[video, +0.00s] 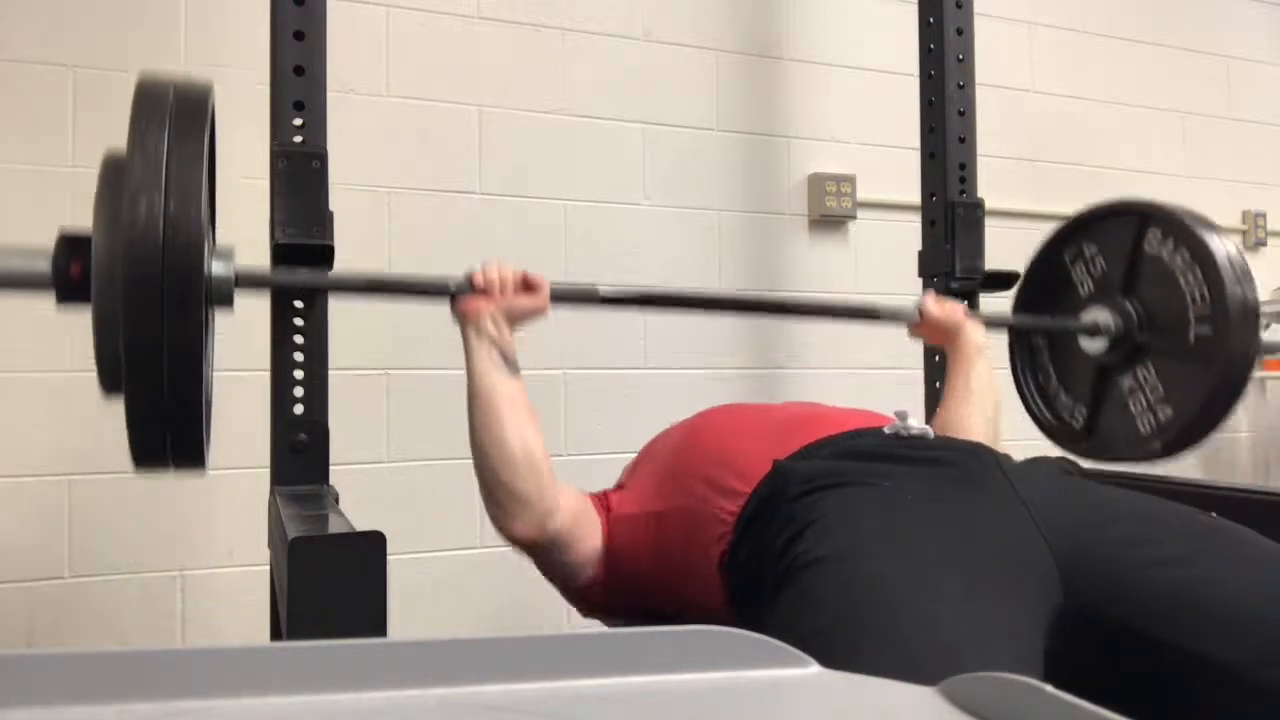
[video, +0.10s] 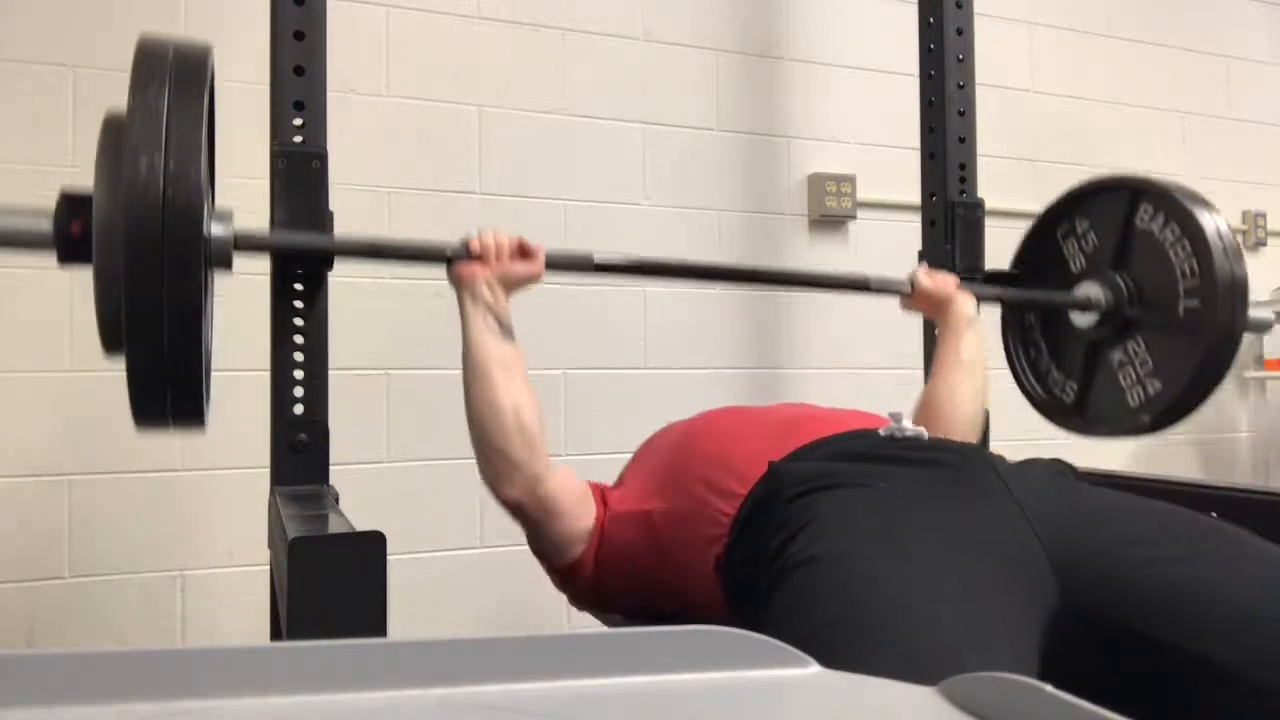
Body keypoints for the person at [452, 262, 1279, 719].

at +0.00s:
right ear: (646, 485)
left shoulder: (869, 440)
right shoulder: (618, 543)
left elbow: (965, 466)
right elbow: (528, 508)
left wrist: (970, 347)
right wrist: (488, 343)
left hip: (1045, 486)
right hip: (857, 508)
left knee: (1276, 623)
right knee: (934, 697)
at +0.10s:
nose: (687, 432)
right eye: (651, 449)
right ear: (621, 497)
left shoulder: (845, 434)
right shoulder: (611, 542)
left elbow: (948, 445)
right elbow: (521, 470)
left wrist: (959, 319)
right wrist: (483, 308)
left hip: (1031, 485)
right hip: (853, 503)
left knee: (1273, 608)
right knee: (925, 707)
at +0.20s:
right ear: (620, 499)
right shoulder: (608, 533)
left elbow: (922, 428)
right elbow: (521, 432)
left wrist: (951, 294)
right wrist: (480, 273)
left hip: (1009, 482)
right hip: (841, 504)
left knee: (1274, 612)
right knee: (931, 697)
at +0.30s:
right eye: (658, 440)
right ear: (620, 493)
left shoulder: (866, 440)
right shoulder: (605, 534)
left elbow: (912, 418)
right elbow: (524, 417)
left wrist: (951, 285)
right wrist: (482, 259)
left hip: (992, 478)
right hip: (834, 505)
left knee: (1275, 612)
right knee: (940, 694)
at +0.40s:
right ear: (622, 509)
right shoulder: (607, 538)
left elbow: (936, 440)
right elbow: (518, 449)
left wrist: (951, 306)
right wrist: (481, 289)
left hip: (1017, 484)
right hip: (842, 503)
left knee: (1271, 607)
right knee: (943, 697)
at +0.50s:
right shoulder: (615, 543)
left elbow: (961, 468)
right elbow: (519, 508)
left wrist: (962, 347)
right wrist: (483, 340)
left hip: (1032, 488)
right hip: (852, 504)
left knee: (1273, 619)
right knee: (929, 680)